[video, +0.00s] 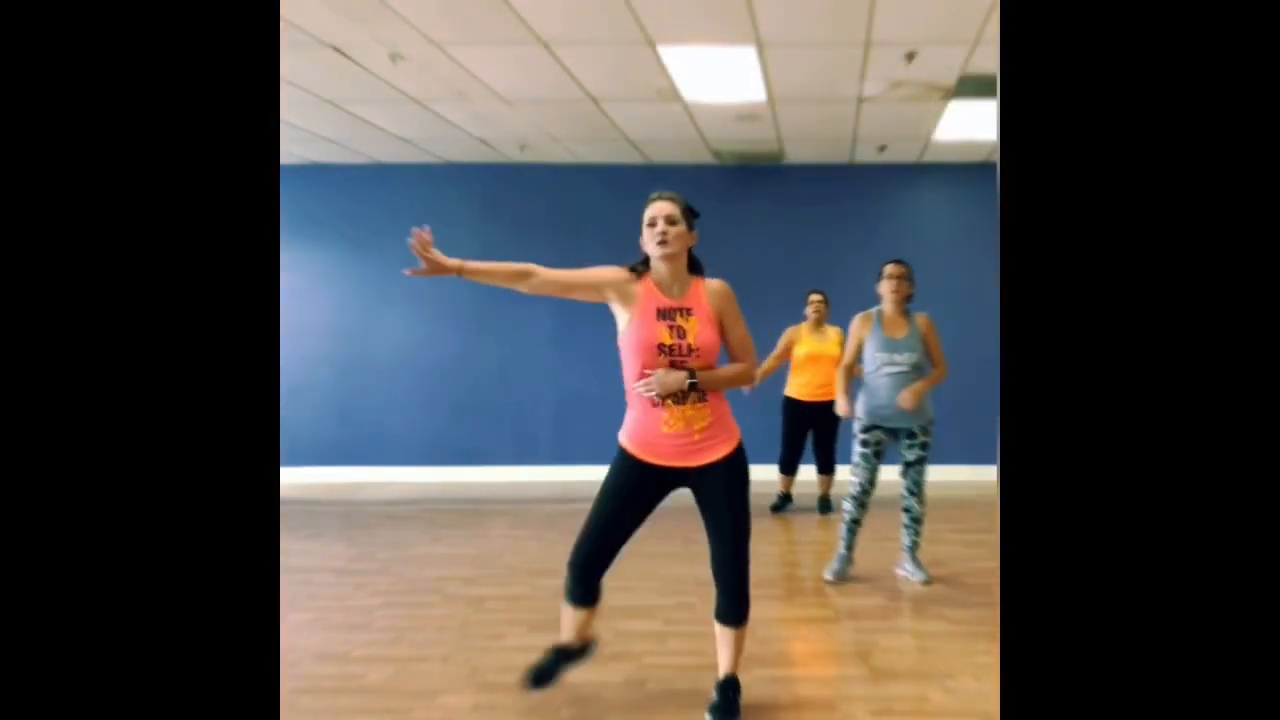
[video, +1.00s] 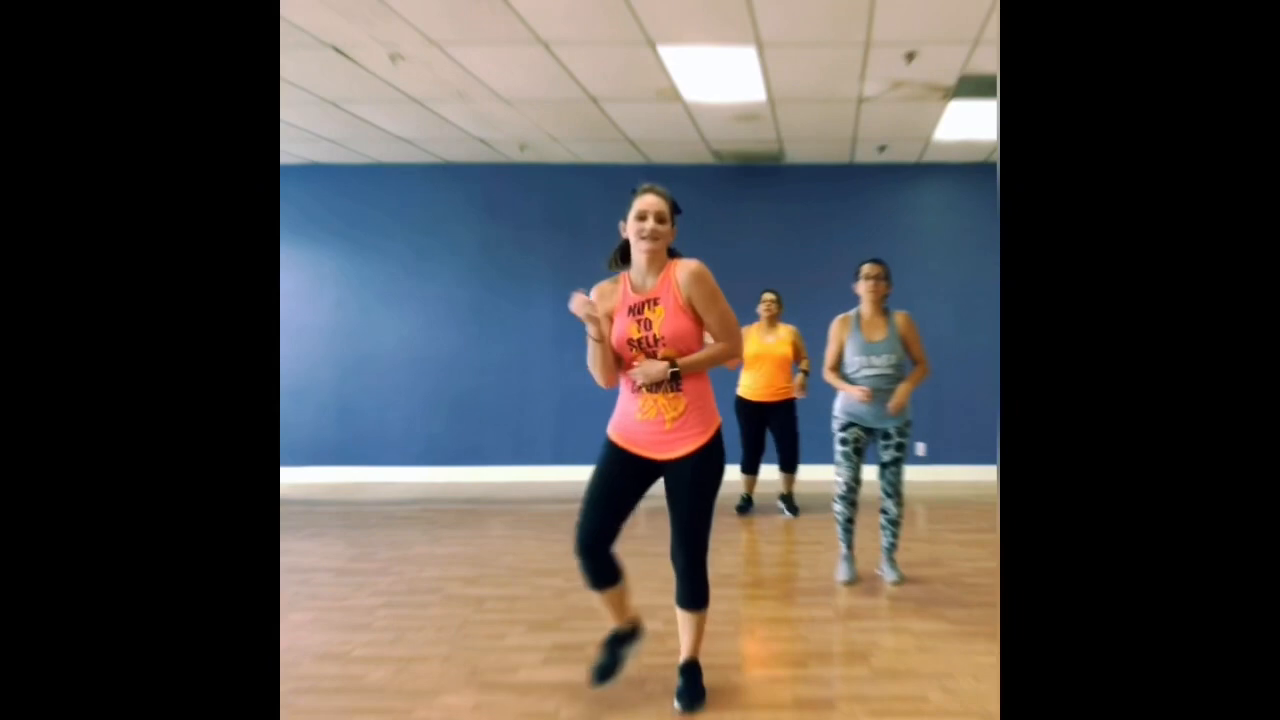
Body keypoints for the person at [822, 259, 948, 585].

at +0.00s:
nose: (895, 284)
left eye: (901, 278)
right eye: (889, 278)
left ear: (911, 287)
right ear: (878, 286)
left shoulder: (922, 325)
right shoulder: (863, 323)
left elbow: (940, 369)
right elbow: (846, 365)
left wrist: (919, 388)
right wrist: (842, 397)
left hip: (914, 420)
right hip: (871, 418)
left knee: (914, 492)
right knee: (860, 488)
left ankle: (910, 558)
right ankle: (843, 555)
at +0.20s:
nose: (881, 285)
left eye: (887, 279)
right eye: (876, 279)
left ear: (898, 289)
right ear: (865, 286)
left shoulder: (906, 326)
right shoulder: (849, 321)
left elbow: (922, 373)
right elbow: (829, 357)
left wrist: (899, 387)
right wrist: (813, 371)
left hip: (899, 421)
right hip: (857, 421)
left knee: (907, 493)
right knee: (849, 492)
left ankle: (908, 559)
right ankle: (836, 559)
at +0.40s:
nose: (867, 283)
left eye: (873, 278)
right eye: (861, 277)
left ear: (882, 288)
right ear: (850, 285)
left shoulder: (891, 327)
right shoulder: (833, 320)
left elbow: (906, 375)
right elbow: (817, 364)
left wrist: (885, 393)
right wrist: (793, 366)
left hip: (882, 420)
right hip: (838, 419)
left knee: (897, 486)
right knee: (836, 490)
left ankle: (900, 555)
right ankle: (834, 559)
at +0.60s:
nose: (861, 284)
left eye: (868, 278)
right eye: (856, 278)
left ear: (876, 286)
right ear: (845, 284)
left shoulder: (887, 324)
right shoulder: (828, 322)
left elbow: (902, 370)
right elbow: (818, 368)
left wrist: (884, 393)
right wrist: (811, 376)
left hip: (875, 419)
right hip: (833, 418)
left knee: (883, 489)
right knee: (832, 491)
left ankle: (887, 556)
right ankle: (833, 558)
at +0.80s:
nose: (865, 285)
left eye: (871, 280)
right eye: (860, 280)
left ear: (880, 287)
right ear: (849, 286)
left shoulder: (894, 324)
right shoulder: (835, 326)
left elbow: (911, 369)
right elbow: (823, 371)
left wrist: (893, 392)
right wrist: (832, 386)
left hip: (881, 420)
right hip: (840, 418)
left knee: (885, 491)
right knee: (835, 489)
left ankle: (887, 559)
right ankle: (833, 559)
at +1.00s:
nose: (874, 284)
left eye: (879, 278)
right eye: (867, 278)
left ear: (889, 286)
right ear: (857, 285)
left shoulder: (901, 322)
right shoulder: (842, 324)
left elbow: (922, 365)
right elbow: (828, 371)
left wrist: (905, 389)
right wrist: (849, 389)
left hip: (892, 417)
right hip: (851, 416)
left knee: (892, 490)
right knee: (847, 487)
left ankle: (888, 558)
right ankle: (846, 555)